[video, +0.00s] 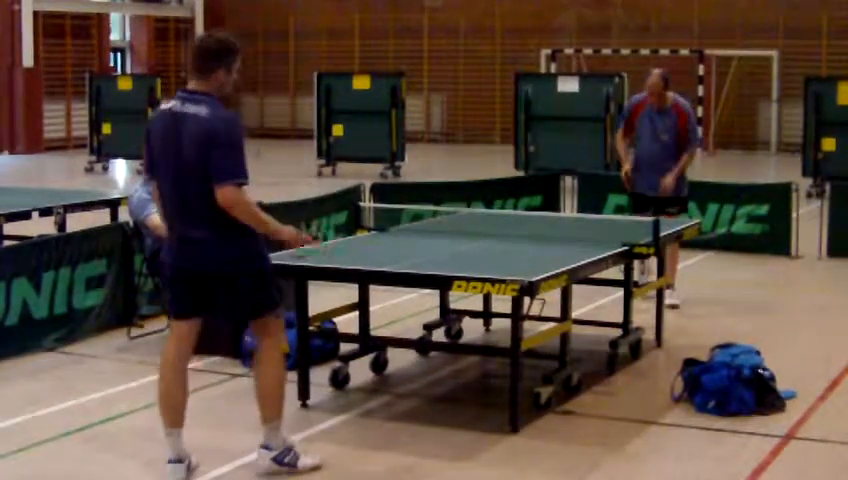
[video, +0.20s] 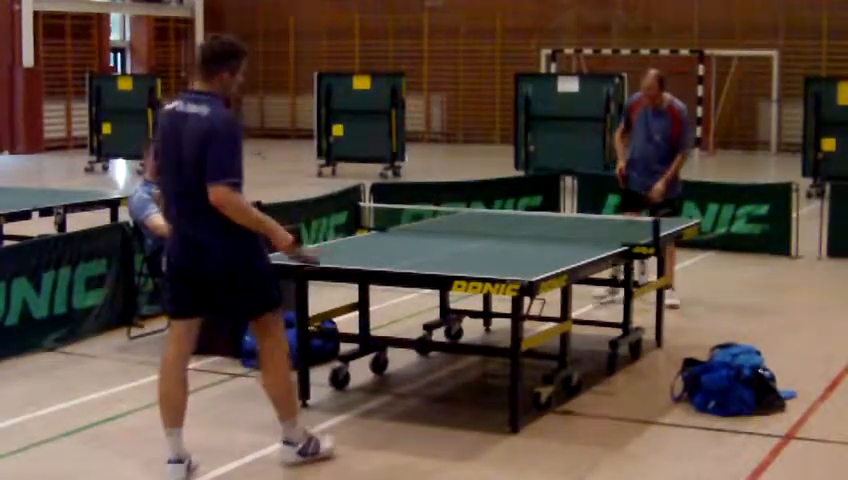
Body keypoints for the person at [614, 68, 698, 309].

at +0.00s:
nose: (652, 98)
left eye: (655, 93)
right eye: (649, 93)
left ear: (666, 91)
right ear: (645, 90)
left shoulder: (682, 110)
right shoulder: (636, 105)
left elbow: (691, 146)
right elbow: (621, 134)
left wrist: (674, 174)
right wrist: (626, 161)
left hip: (670, 183)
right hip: (641, 181)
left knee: (670, 235)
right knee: (640, 231)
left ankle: (669, 285)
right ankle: (641, 269)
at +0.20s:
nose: (648, 99)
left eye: (652, 94)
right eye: (645, 94)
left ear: (662, 91)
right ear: (641, 90)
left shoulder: (677, 111)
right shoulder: (634, 104)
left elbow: (683, 151)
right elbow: (621, 133)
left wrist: (663, 181)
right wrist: (621, 159)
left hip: (663, 181)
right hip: (634, 178)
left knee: (666, 235)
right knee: (626, 229)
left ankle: (668, 286)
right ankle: (617, 283)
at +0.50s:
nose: (627, 103)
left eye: (631, 99)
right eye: (624, 98)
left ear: (642, 97)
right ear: (620, 94)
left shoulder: (653, 118)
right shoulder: (610, 110)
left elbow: (653, 160)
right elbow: (591, 138)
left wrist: (630, 188)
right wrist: (596, 165)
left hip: (639, 186)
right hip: (609, 184)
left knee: (655, 237)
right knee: (601, 237)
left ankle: (665, 287)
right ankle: (594, 290)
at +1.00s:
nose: (616, 97)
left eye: (621, 93)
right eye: (613, 92)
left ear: (631, 94)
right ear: (610, 93)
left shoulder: (644, 121)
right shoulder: (599, 115)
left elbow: (641, 156)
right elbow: (580, 147)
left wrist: (619, 171)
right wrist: (586, 178)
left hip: (632, 185)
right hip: (601, 185)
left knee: (657, 235)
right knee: (597, 238)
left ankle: (674, 287)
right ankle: (594, 290)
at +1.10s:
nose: (622, 94)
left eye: (627, 89)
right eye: (620, 88)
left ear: (637, 91)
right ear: (615, 89)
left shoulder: (648, 114)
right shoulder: (604, 112)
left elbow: (642, 138)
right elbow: (587, 146)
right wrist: (595, 174)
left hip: (638, 185)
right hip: (608, 185)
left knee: (658, 237)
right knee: (599, 239)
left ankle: (674, 287)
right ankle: (594, 289)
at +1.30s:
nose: (639, 82)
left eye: (644, 77)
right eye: (636, 77)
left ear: (651, 81)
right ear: (629, 80)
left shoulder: (659, 106)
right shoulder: (617, 105)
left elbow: (656, 123)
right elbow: (603, 129)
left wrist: (638, 107)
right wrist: (611, 149)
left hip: (650, 181)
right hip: (620, 181)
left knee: (666, 235)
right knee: (608, 235)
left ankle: (675, 287)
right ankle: (596, 289)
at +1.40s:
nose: (643, 77)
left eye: (649, 72)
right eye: (640, 72)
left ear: (657, 78)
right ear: (635, 76)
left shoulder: (666, 105)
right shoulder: (622, 101)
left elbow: (675, 135)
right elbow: (611, 123)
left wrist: (657, 134)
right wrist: (626, 134)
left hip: (656, 184)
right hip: (625, 182)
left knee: (668, 237)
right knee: (609, 235)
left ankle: (675, 287)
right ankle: (596, 289)